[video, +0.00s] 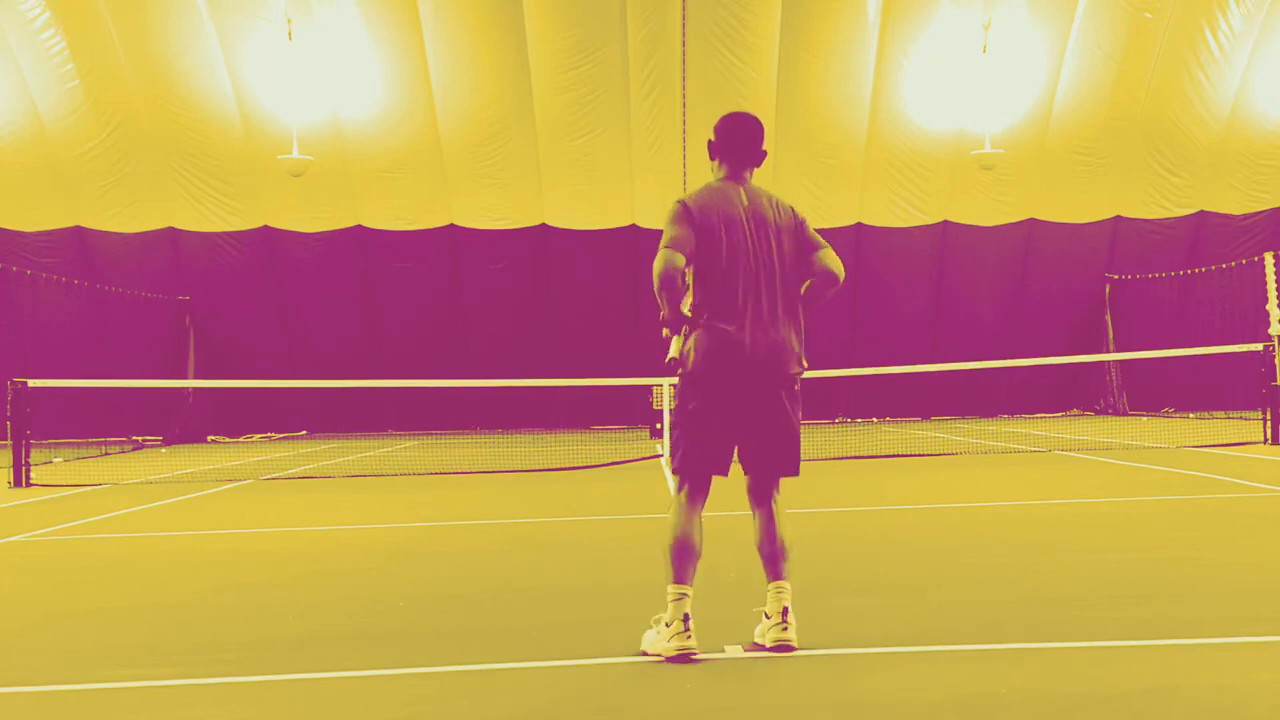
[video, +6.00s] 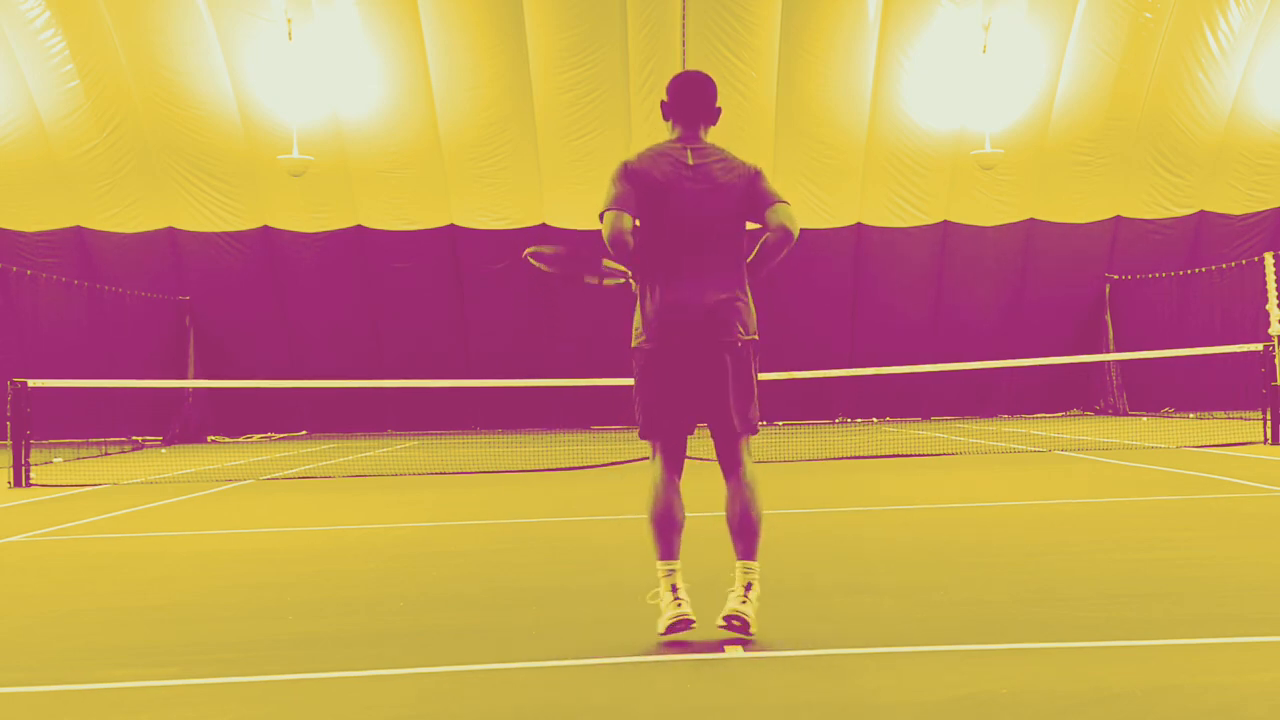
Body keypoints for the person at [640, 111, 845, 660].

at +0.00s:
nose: (713, 160)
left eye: (712, 152)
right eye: (727, 154)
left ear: (713, 153)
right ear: (762, 158)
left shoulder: (693, 207)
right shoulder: (786, 213)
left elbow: (667, 269)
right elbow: (831, 272)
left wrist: (673, 324)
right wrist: (788, 307)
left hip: (712, 363)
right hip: (775, 364)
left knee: (690, 495)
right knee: (765, 494)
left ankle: (678, 623)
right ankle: (781, 618)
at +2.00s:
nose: (710, 135)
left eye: (679, 126)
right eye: (722, 124)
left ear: (673, 125)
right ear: (729, 126)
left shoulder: (644, 189)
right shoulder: (756, 188)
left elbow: (618, 260)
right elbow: (809, 258)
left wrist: (646, 301)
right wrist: (770, 308)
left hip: (684, 366)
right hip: (759, 361)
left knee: (690, 503)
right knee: (791, 498)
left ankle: (709, 642)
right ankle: (835, 636)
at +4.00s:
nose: (693, 143)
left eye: (686, 132)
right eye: (719, 134)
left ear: (681, 134)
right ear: (732, 136)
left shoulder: (657, 192)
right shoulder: (760, 196)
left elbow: (627, 262)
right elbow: (804, 254)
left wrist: (657, 283)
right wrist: (765, 300)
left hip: (678, 353)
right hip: (743, 353)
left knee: (662, 483)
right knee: (736, 486)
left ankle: (657, 612)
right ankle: (745, 613)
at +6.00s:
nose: (680, 121)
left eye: (672, 110)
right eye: (704, 113)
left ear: (665, 113)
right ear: (716, 116)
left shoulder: (637, 168)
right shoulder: (742, 172)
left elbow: (615, 235)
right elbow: (784, 228)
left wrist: (642, 274)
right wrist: (745, 278)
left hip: (663, 328)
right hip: (727, 326)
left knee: (666, 462)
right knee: (736, 461)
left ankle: (672, 593)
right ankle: (745, 591)